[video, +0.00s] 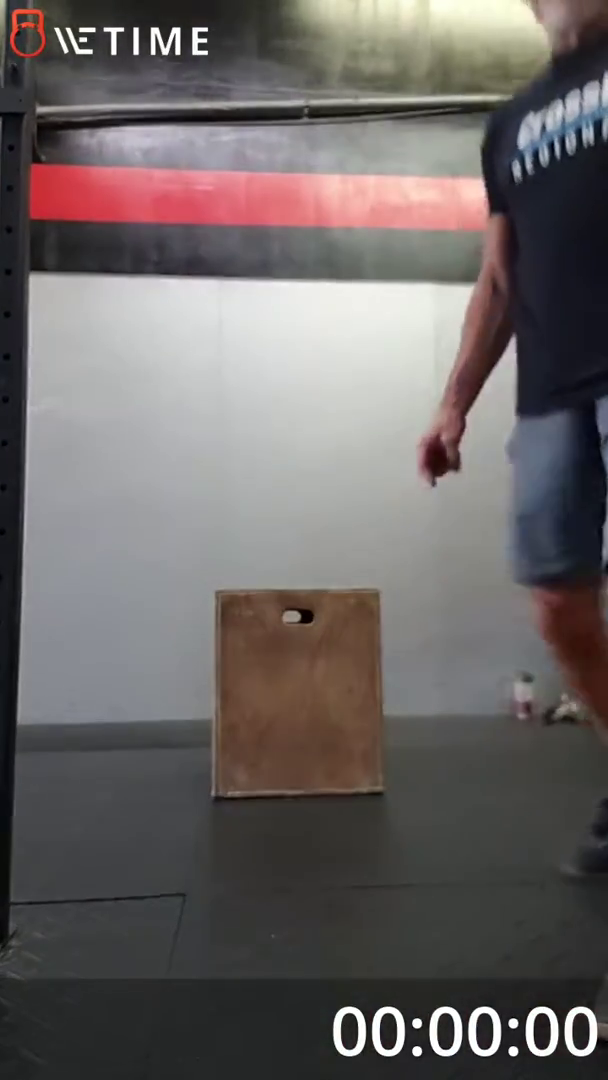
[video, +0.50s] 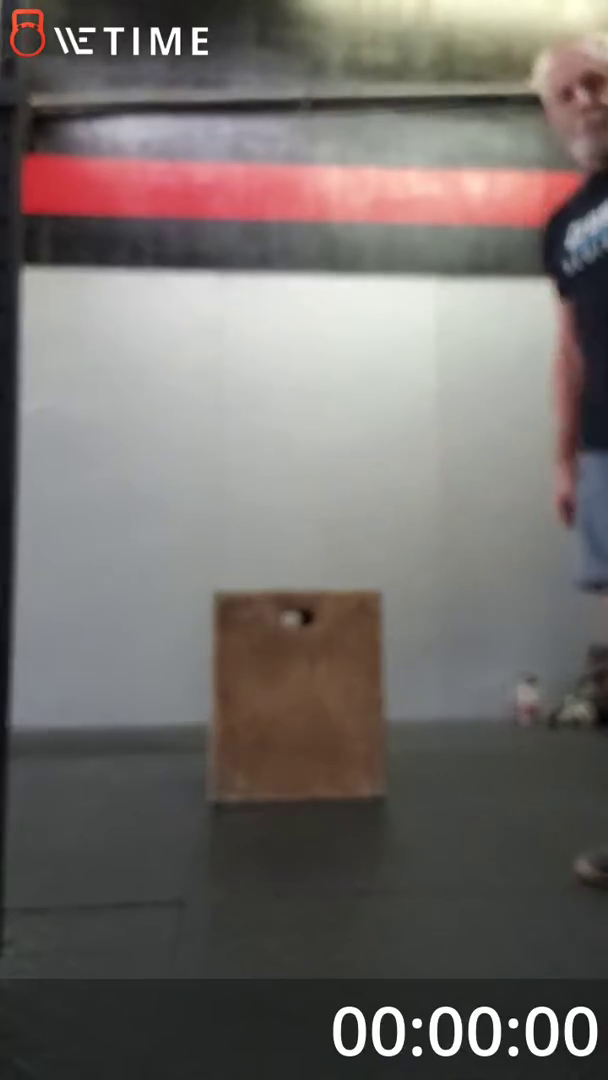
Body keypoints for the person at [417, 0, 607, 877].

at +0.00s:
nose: (551, 2)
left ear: (597, 1)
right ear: (537, 8)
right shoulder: (514, 121)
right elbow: (499, 279)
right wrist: (454, 404)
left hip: (598, 383)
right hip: (554, 392)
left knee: (580, 605)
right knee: (561, 604)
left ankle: (606, 807)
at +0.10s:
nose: (551, 23)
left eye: (566, 6)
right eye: (542, 11)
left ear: (601, 17)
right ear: (534, 29)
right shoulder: (524, 155)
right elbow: (511, 299)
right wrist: (460, 415)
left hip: (592, 420)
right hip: (566, 419)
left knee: (595, 619)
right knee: (588, 611)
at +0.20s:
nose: (550, 51)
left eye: (559, 30)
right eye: (539, 37)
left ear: (589, 35)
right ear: (536, 52)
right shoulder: (536, 182)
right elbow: (526, 317)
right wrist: (477, 423)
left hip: (597, 434)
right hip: (575, 436)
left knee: (599, 627)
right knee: (596, 619)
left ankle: (595, 835)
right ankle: (597, 835)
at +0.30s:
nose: (568, 67)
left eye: (581, 46)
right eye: (548, 57)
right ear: (532, 81)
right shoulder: (549, 199)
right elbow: (546, 328)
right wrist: (504, 437)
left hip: (596, 438)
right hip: (587, 438)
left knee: (599, 624)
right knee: (598, 609)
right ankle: (603, 837)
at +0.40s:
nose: (576, 84)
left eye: (589, 64)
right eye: (557, 73)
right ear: (539, 92)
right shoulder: (559, 211)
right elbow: (563, 337)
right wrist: (537, 448)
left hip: (603, 448)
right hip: (594, 448)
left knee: (601, 629)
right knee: (602, 619)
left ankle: (603, 845)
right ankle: (605, 844)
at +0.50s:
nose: (586, 104)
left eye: (596, 85)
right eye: (569, 93)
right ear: (549, 112)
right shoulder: (568, 223)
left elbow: (572, 345)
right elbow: (573, 344)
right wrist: (567, 457)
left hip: (607, 454)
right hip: (603, 454)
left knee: (602, 648)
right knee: (603, 646)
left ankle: (606, 843)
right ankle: (607, 841)